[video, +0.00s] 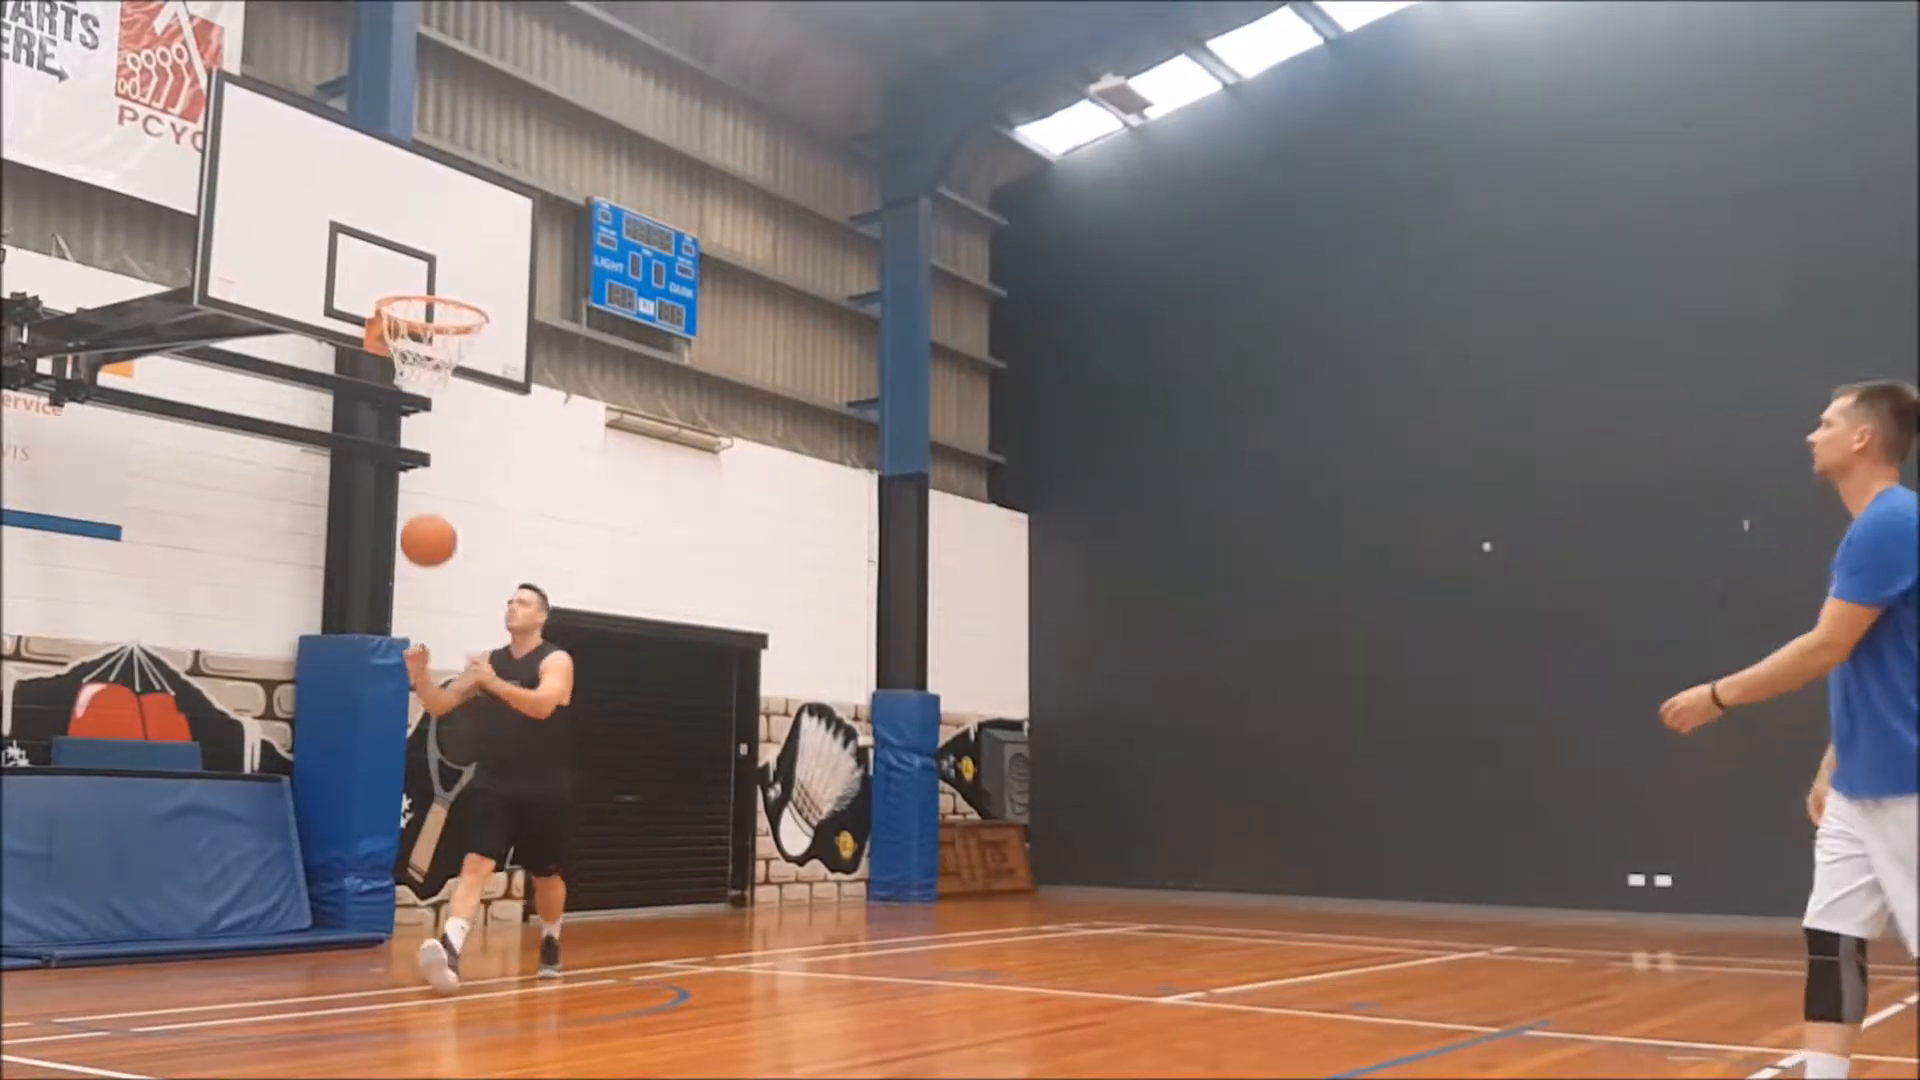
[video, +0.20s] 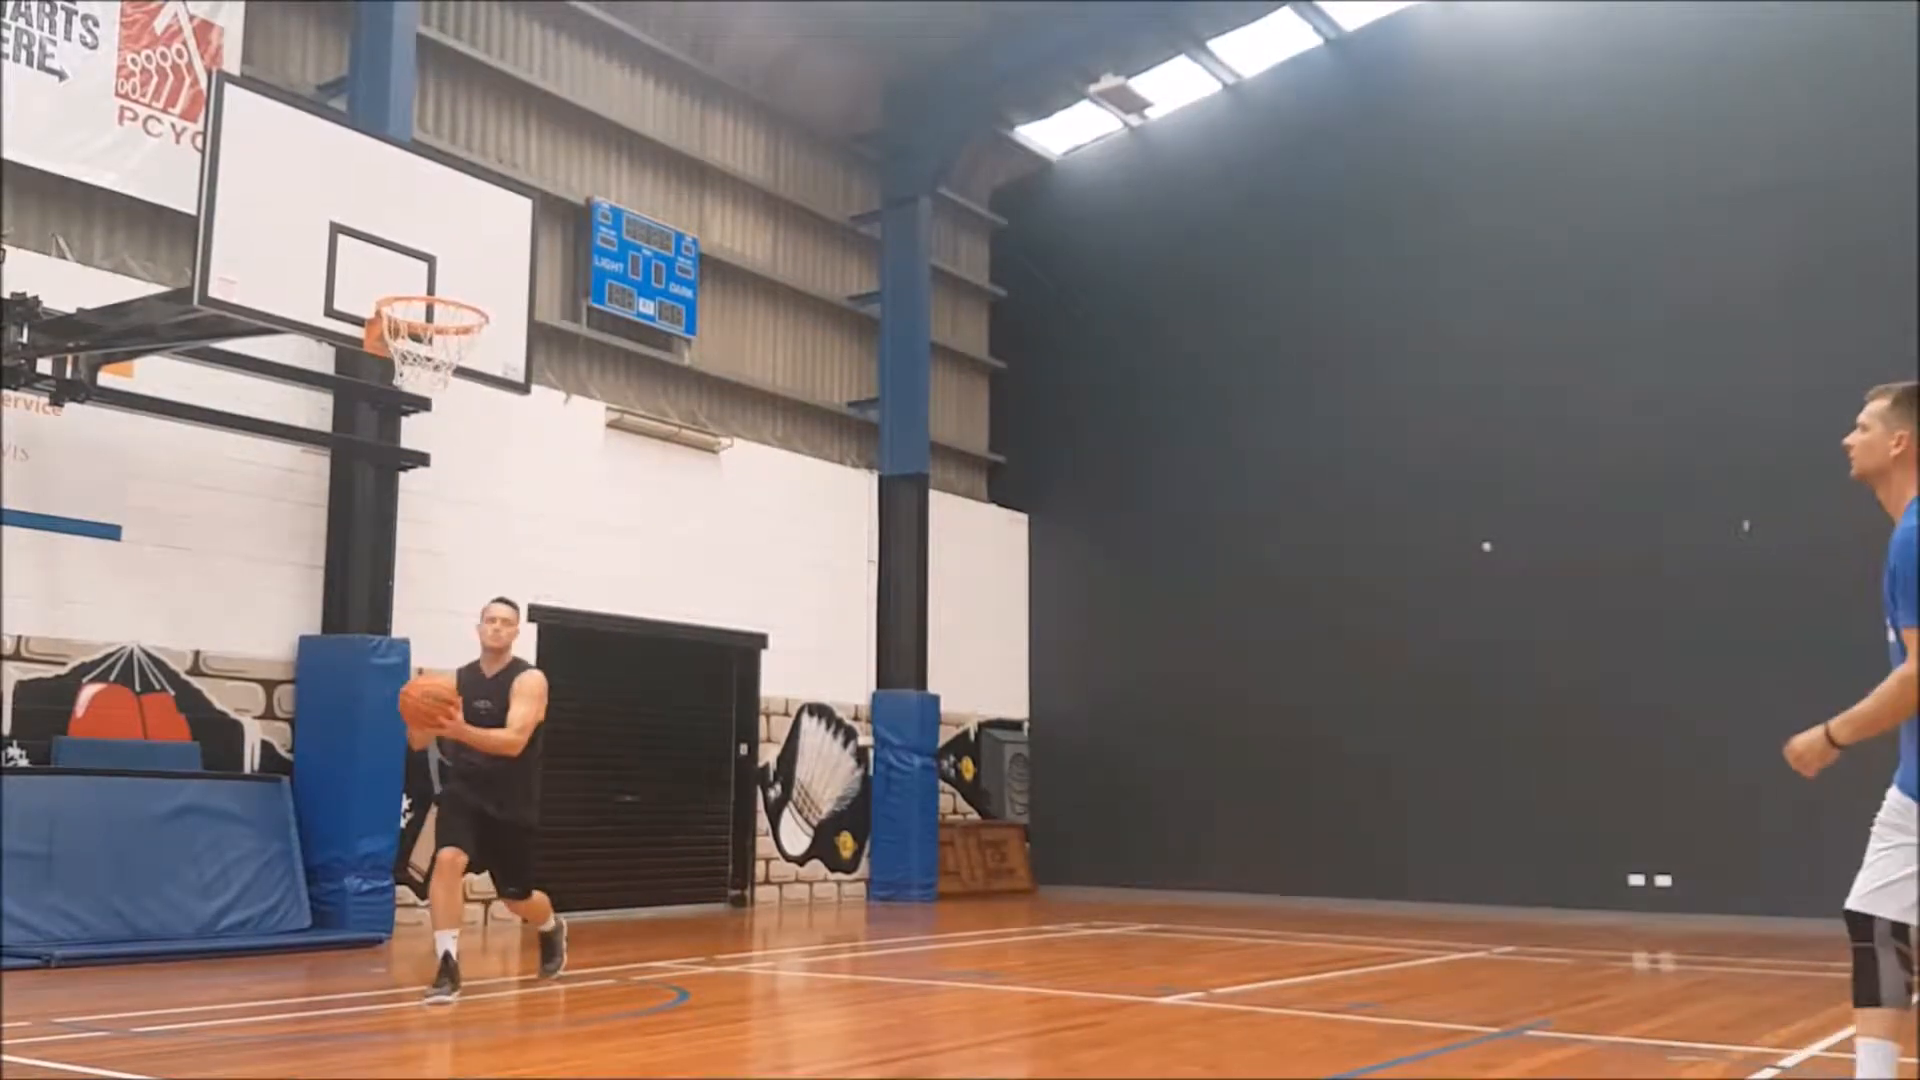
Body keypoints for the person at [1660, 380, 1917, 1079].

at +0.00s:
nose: (1812, 437)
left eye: (1825, 424)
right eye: (1818, 425)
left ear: (1864, 438)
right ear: (1866, 440)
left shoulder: (1891, 521)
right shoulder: (1873, 525)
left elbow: (1831, 645)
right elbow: (1877, 670)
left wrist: (1716, 694)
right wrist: (1834, 764)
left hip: (1905, 788)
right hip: (1857, 788)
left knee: (1919, 949)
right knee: (1833, 936)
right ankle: (1824, 1074)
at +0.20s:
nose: (1847, 440)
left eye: (1861, 428)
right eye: (1854, 427)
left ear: (1900, 444)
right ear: (1897, 445)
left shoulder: (1911, 542)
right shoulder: (1907, 537)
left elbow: (1914, 671)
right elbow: (1910, 668)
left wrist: (1831, 735)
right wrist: (1838, 733)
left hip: (1915, 786)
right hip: (1910, 783)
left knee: (1877, 918)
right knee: (1880, 919)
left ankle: (1876, 1068)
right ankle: (1877, 1066)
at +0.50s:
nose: (1851, 451)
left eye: (1863, 439)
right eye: (1855, 439)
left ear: (1901, 449)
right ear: (1899, 451)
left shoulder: (1910, 536)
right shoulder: (1904, 535)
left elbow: (1917, 664)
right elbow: (1914, 661)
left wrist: (1898, 732)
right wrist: (1899, 735)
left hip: (1919, 787)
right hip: (1916, 783)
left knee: (1919, 938)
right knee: (1917, 938)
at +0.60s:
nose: (1845, 463)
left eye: (1858, 449)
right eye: (1850, 450)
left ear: (1895, 460)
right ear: (1894, 461)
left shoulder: (1902, 543)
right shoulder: (1902, 541)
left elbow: (1913, 660)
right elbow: (1911, 668)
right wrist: (1871, 731)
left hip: (1917, 791)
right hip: (1912, 788)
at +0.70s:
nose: (1835, 467)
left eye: (1847, 455)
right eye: (1841, 454)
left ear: (1885, 465)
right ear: (1888, 467)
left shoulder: (1888, 546)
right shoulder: (1904, 541)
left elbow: (1846, 663)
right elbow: (1865, 662)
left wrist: (1744, 663)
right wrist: (1780, 649)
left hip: (1910, 784)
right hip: (1907, 781)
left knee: (1883, 934)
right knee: (1886, 933)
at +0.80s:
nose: (1813, 464)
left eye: (1824, 451)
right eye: (1819, 451)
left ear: (1860, 462)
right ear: (1871, 465)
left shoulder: (1860, 539)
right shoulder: (1902, 536)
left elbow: (1769, 634)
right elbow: (1816, 628)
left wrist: (1690, 591)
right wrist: (1734, 577)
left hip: (1894, 769)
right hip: (1907, 767)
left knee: (1818, 908)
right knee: (1897, 927)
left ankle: (1918, 1030)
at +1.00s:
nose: (1736, 475)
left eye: (1747, 463)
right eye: (1741, 463)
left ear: (1782, 475)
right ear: (1797, 479)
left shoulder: (1779, 549)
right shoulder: (1830, 543)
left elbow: (1667, 611)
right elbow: (1711, 597)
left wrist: (1602, 553)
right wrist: (1635, 543)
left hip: (1838, 770)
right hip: (1893, 765)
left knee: (1743, 911)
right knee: (1914, 917)